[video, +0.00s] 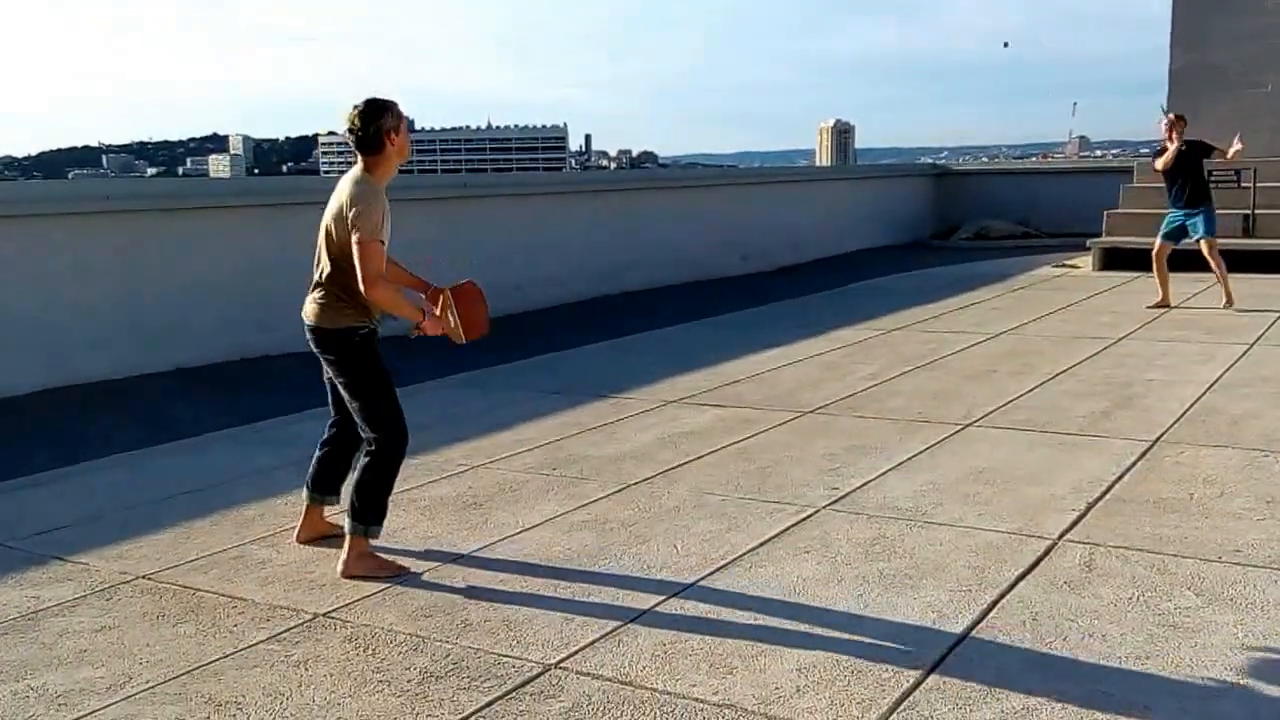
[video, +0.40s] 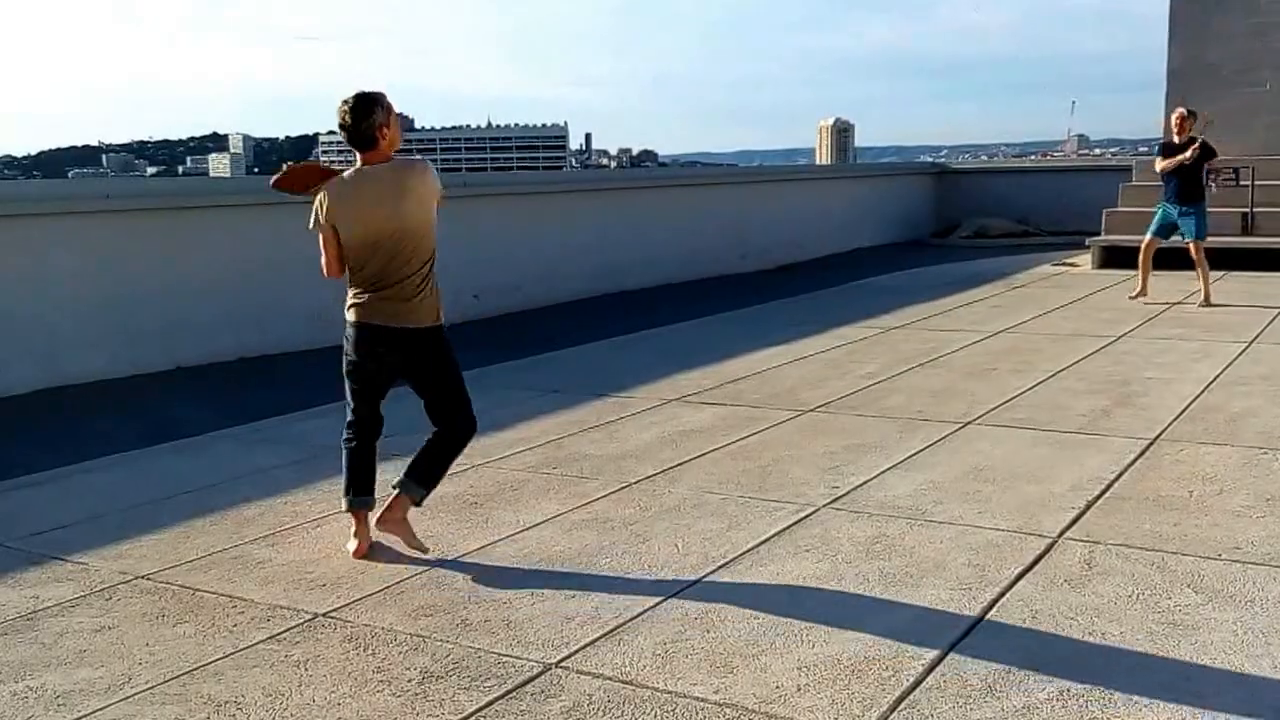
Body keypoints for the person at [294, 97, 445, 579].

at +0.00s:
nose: (410, 138)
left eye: (408, 129)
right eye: (406, 130)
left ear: (371, 140)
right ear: (391, 138)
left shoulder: (360, 186)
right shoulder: (366, 195)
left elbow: (378, 264)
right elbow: (370, 285)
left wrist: (427, 290)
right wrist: (418, 315)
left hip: (328, 322)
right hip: (344, 329)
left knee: (347, 424)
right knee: (388, 435)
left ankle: (313, 519)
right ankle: (358, 552)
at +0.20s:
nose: (404, 118)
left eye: (400, 110)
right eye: (399, 112)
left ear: (357, 123)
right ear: (385, 120)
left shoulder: (329, 172)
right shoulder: (405, 179)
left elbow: (339, 240)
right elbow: (438, 264)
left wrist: (401, 257)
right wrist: (416, 262)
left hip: (330, 314)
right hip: (375, 322)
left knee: (358, 413)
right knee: (392, 431)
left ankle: (347, 512)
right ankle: (357, 548)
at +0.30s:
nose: (398, 117)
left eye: (393, 110)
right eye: (392, 111)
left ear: (349, 126)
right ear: (378, 122)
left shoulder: (322, 180)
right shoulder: (414, 175)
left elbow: (324, 259)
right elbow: (452, 229)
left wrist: (361, 233)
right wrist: (413, 221)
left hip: (350, 322)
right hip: (402, 324)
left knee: (366, 422)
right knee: (413, 430)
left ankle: (367, 535)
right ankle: (360, 536)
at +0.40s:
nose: (400, 121)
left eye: (394, 114)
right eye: (394, 117)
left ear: (353, 138)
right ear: (384, 132)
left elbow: (332, 268)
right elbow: (419, 220)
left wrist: (365, 233)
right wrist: (354, 182)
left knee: (361, 423)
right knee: (458, 423)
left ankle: (360, 532)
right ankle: (398, 510)